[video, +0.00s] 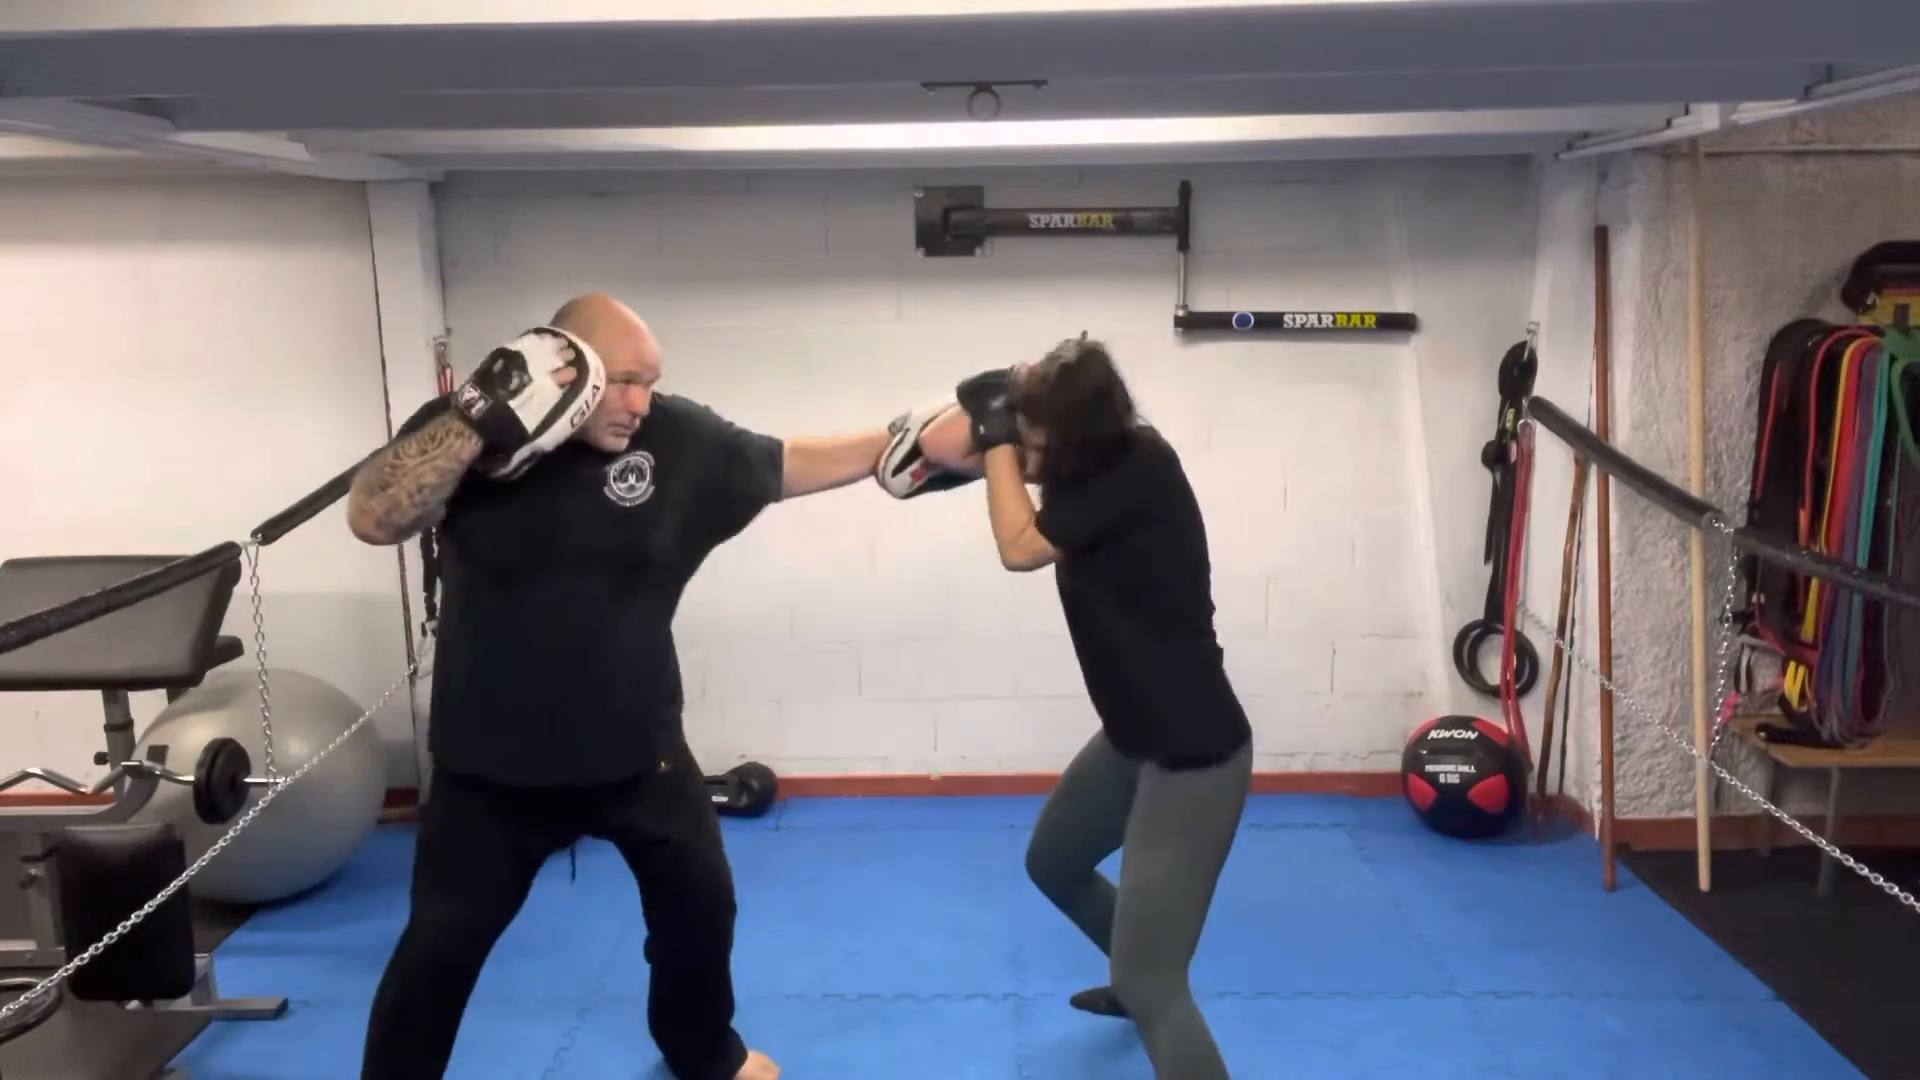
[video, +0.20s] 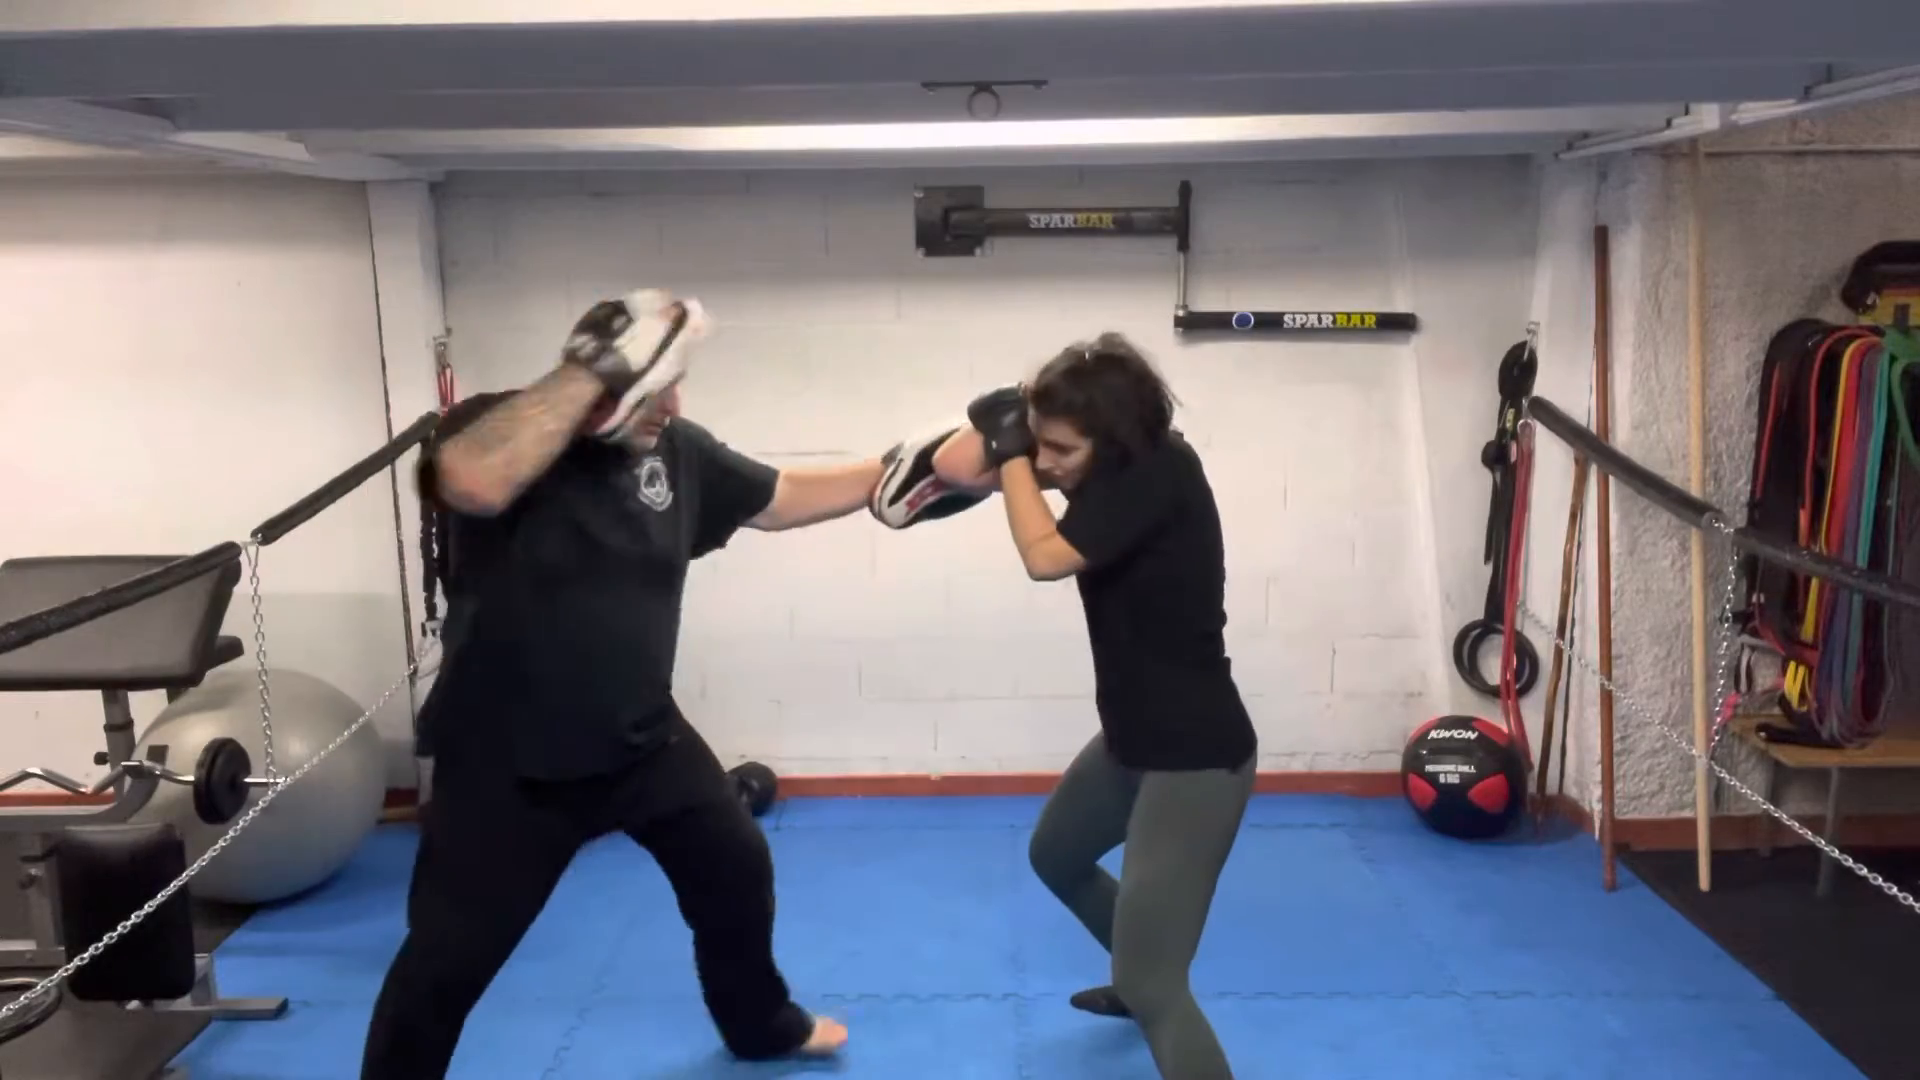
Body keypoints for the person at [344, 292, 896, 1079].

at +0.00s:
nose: (641, 402)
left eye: (648, 381)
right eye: (625, 382)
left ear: (652, 376)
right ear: (564, 374)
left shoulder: (680, 441)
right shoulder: (470, 435)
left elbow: (792, 464)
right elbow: (371, 515)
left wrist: (918, 440)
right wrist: (478, 414)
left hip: (637, 755)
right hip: (491, 763)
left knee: (700, 902)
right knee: (438, 950)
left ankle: (702, 1051)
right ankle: (393, 1073)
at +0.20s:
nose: (671, 399)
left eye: (677, 380)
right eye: (652, 380)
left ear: (681, 383)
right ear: (600, 379)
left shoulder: (683, 454)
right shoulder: (497, 425)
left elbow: (778, 497)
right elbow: (472, 481)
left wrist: (899, 472)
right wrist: (591, 374)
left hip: (640, 740)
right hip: (503, 760)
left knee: (735, 868)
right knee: (441, 967)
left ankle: (758, 1024)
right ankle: (393, 1071)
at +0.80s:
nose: (815, 367)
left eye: (818, 350)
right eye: (806, 346)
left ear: (742, 331)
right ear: (748, 327)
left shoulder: (711, 389)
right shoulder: (738, 391)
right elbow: (865, 464)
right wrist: (988, 444)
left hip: (737, 648)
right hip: (763, 646)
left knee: (802, 827)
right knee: (920, 766)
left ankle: (801, 1020)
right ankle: (756, 915)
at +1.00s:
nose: (807, 366)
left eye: (810, 349)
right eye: (796, 346)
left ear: (737, 339)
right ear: (737, 334)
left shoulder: (735, 406)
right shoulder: (716, 412)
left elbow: (846, 506)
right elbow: (843, 523)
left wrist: (965, 493)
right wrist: (968, 493)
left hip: (820, 637)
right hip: (810, 646)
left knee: (841, 823)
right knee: (988, 710)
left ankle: (803, 1018)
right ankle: (914, 894)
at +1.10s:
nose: (814, 367)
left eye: (816, 350)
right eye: (802, 348)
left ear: (742, 341)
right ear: (742, 336)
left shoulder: (730, 410)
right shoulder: (724, 417)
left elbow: (852, 505)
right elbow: (848, 519)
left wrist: (977, 487)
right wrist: (981, 476)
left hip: (829, 646)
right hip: (820, 652)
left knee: (848, 821)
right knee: (976, 740)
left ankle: (802, 1016)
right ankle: (928, 937)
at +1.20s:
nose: (817, 357)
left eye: (820, 341)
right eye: (804, 338)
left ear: (744, 336)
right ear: (747, 329)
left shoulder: (748, 404)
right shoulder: (725, 402)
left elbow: (844, 499)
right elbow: (841, 500)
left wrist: (954, 485)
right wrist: (974, 462)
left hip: (822, 638)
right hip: (810, 638)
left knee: (842, 824)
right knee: (964, 753)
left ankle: (806, 1019)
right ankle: (913, 980)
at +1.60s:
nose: (824, 350)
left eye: (824, 334)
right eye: (815, 333)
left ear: (737, 334)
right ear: (766, 332)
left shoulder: (679, 402)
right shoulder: (793, 398)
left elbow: (785, 434)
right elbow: (934, 466)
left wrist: (841, 362)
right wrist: (960, 434)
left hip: (705, 669)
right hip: (759, 674)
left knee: (827, 838)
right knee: (754, 883)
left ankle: (805, 1022)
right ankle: (650, 1072)